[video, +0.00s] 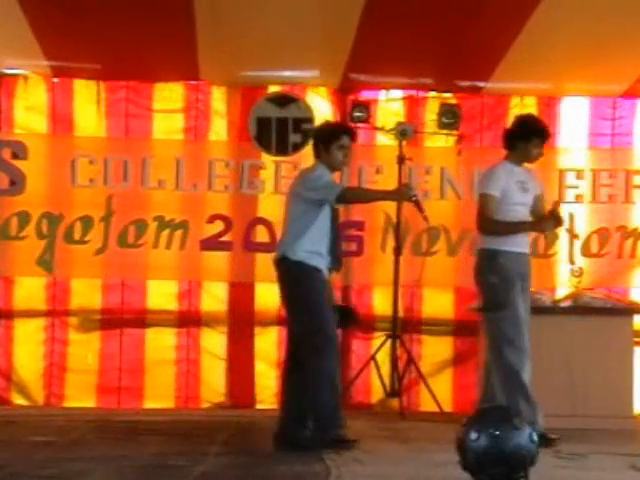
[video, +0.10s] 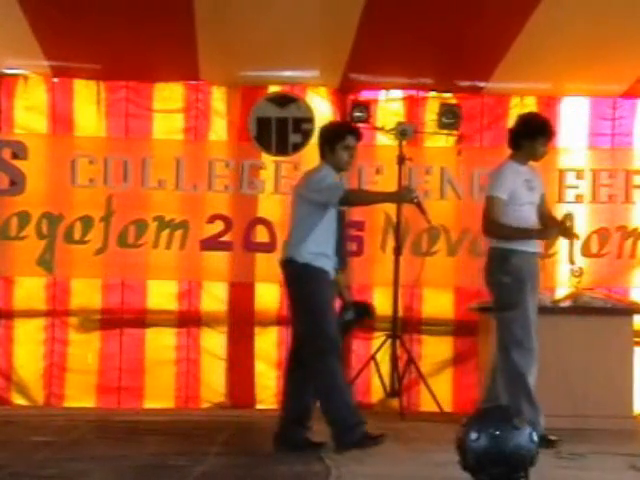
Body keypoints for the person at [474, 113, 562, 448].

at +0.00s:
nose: (541, 151)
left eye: (542, 145)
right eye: (537, 144)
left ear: (534, 145)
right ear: (521, 142)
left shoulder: (530, 180)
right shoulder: (496, 174)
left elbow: (540, 218)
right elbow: (484, 224)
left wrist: (552, 218)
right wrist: (532, 226)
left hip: (518, 260)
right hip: (497, 260)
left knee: (508, 343)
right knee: (512, 343)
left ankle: (493, 419)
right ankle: (525, 425)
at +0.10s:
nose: (547, 149)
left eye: (548, 142)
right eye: (544, 142)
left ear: (533, 142)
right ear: (527, 141)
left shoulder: (533, 178)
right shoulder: (505, 174)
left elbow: (543, 215)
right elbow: (490, 226)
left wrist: (561, 227)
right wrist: (538, 234)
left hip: (527, 259)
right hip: (508, 259)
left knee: (516, 344)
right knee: (520, 345)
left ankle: (494, 419)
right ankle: (525, 426)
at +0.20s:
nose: (552, 148)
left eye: (553, 141)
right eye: (549, 141)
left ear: (535, 141)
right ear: (533, 140)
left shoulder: (535, 175)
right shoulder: (509, 174)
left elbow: (546, 214)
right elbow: (494, 228)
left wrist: (564, 233)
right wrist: (541, 239)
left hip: (531, 259)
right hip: (514, 260)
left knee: (525, 345)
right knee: (523, 346)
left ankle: (496, 418)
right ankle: (526, 426)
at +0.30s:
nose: (558, 148)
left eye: (559, 141)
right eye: (556, 141)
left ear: (540, 140)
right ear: (541, 140)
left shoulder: (537, 174)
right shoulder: (519, 172)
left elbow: (547, 218)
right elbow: (501, 228)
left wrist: (565, 243)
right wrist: (547, 247)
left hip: (539, 263)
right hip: (523, 264)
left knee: (548, 345)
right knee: (531, 346)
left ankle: (505, 414)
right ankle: (527, 427)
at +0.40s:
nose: (564, 148)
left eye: (565, 141)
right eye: (561, 140)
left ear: (546, 140)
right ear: (545, 140)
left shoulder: (539, 174)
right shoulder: (525, 173)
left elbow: (541, 228)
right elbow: (508, 228)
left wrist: (565, 255)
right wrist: (553, 250)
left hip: (543, 266)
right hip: (528, 267)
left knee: (560, 344)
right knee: (537, 347)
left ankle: (521, 414)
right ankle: (529, 427)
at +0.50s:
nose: (573, 149)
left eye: (575, 142)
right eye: (571, 141)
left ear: (554, 140)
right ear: (555, 140)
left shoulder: (546, 174)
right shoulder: (535, 172)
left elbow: (539, 232)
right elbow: (520, 228)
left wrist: (580, 248)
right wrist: (566, 251)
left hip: (549, 266)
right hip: (536, 267)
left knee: (573, 338)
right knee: (544, 342)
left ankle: (555, 421)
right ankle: (533, 425)